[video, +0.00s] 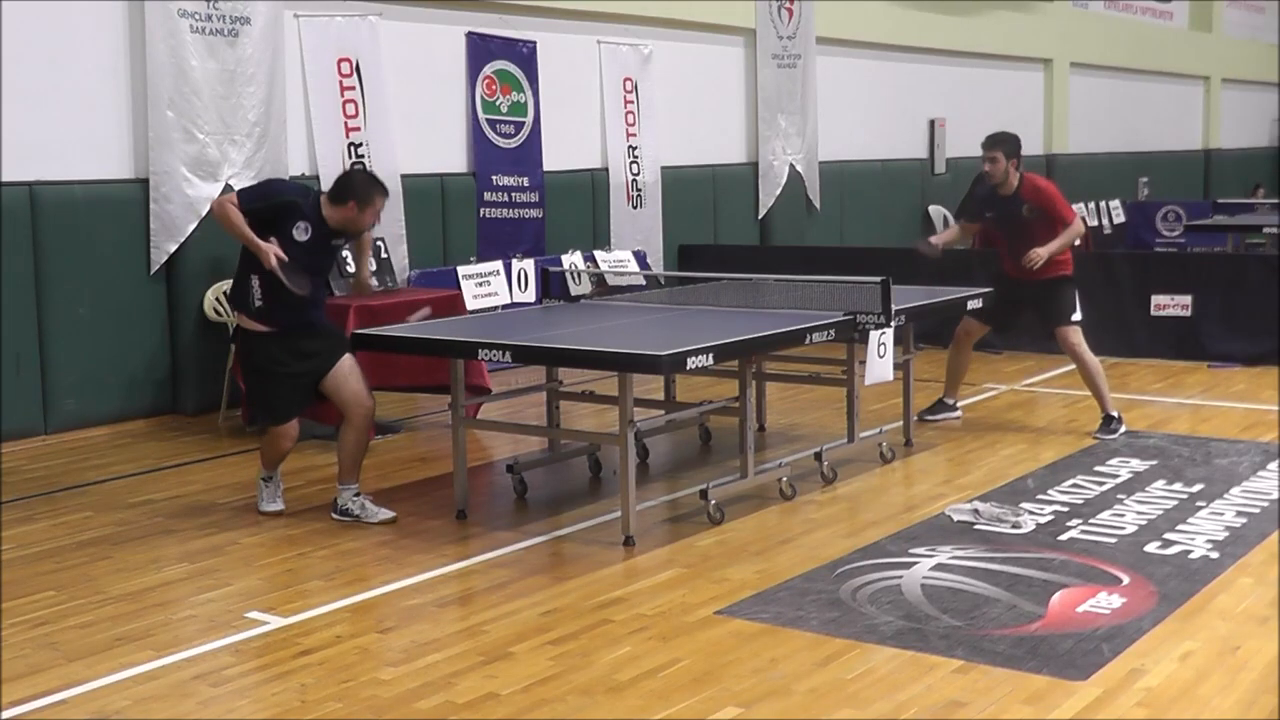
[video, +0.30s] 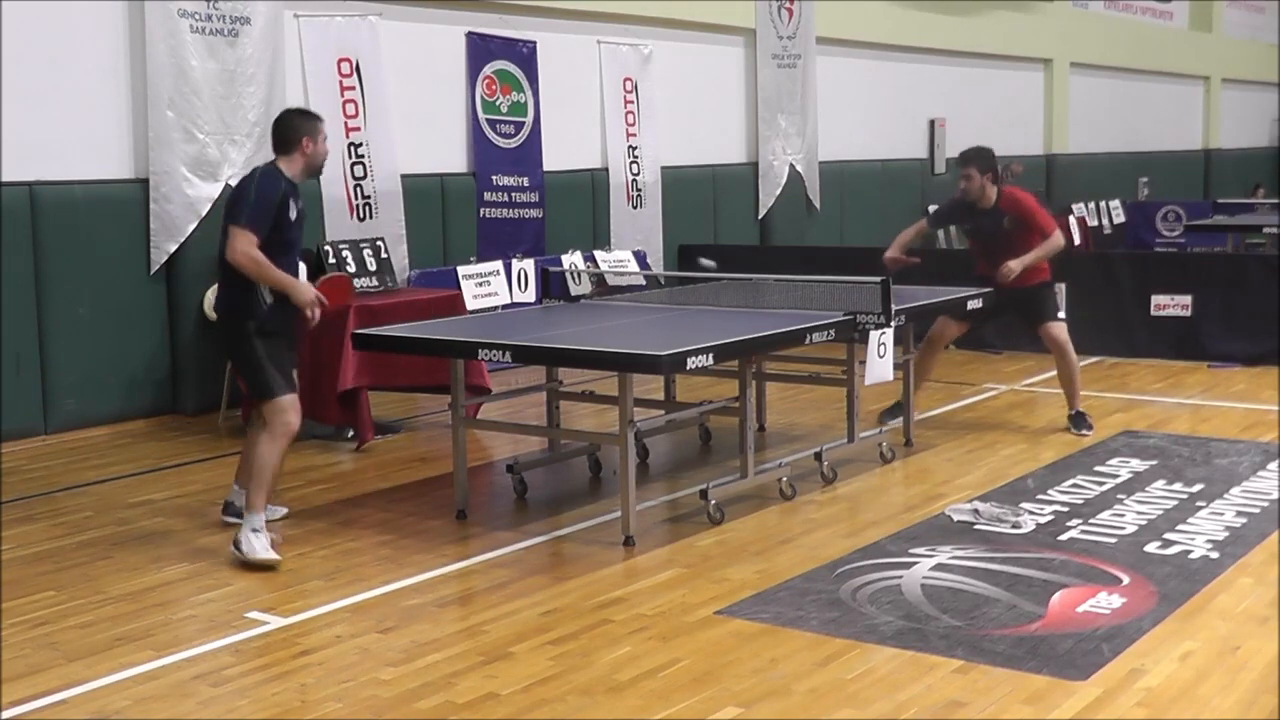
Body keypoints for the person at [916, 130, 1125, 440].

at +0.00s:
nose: (986, 167)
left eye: (993, 161)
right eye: (984, 161)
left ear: (1014, 162)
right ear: (984, 161)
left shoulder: (1041, 189)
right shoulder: (984, 192)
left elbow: (1077, 227)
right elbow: (965, 229)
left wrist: (1047, 250)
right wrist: (939, 239)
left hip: (1054, 281)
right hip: (1011, 281)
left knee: (1072, 341)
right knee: (964, 334)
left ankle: (1111, 415)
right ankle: (949, 401)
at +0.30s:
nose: (961, 186)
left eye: (967, 179)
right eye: (960, 179)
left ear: (988, 177)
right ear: (962, 178)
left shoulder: (1019, 202)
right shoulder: (961, 206)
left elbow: (1058, 240)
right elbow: (920, 229)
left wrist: (1022, 262)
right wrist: (893, 250)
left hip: (1033, 287)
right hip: (987, 286)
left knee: (1058, 338)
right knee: (937, 334)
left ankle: (1076, 411)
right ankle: (905, 403)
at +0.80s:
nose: (937, 165)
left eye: (943, 157)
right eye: (933, 158)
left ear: (960, 155)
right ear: (929, 158)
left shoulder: (989, 175)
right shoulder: (933, 190)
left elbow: (1034, 205)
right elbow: (903, 221)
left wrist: (1039, 244)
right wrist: (871, 228)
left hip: (1012, 269)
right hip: (968, 272)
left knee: (1042, 330)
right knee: (925, 331)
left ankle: (1075, 406)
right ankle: (899, 401)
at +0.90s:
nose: (953, 157)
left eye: (959, 150)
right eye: (950, 150)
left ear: (977, 148)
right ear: (948, 151)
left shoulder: (1004, 172)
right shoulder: (948, 185)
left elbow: (1056, 182)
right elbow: (915, 226)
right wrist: (892, 225)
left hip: (1018, 271)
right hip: (974, 272)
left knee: (1044, 332)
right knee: (931, 329)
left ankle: (1077, 402)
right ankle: (929, 396)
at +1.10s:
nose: (974, 151)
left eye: (980, 145)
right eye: (970, 145)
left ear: (998, 143)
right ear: (968, 146)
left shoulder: (1023, 167)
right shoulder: (970, 180)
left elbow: (1073, 189)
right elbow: (946, 226)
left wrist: (1057, 213)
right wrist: (919, 235)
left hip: (1044, 260)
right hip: (1001, 264)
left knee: (1064, 323)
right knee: (964, 322)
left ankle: (1096, 399)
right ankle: (946, 392)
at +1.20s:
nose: (984, 159)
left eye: (990, 152)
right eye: (981, 153)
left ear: (1008, 151)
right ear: (978, 154)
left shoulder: (1038, 177)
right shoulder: (981, 189)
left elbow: (1079, 208)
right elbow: (961, 235)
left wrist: (1051, 235)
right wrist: (933, 257)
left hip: (1055, 271)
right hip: (1014, 273)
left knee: (1075, 328)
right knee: (975, 326)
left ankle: (1115, 398)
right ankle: (981, 387)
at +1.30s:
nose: (998, 165)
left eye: (1003, 157)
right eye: (995, 159)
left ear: (1023, 154)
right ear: (995, 159)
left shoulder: (1049, 178)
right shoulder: (1005, 195)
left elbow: (1052, 228)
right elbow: (1004, 248)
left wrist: (1012, 233)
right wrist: (979, 281)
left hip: (1081, 270)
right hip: (1038, 273)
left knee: (1108, 332)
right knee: (1002, 331)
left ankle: (1130, 395)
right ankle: (982, 388)